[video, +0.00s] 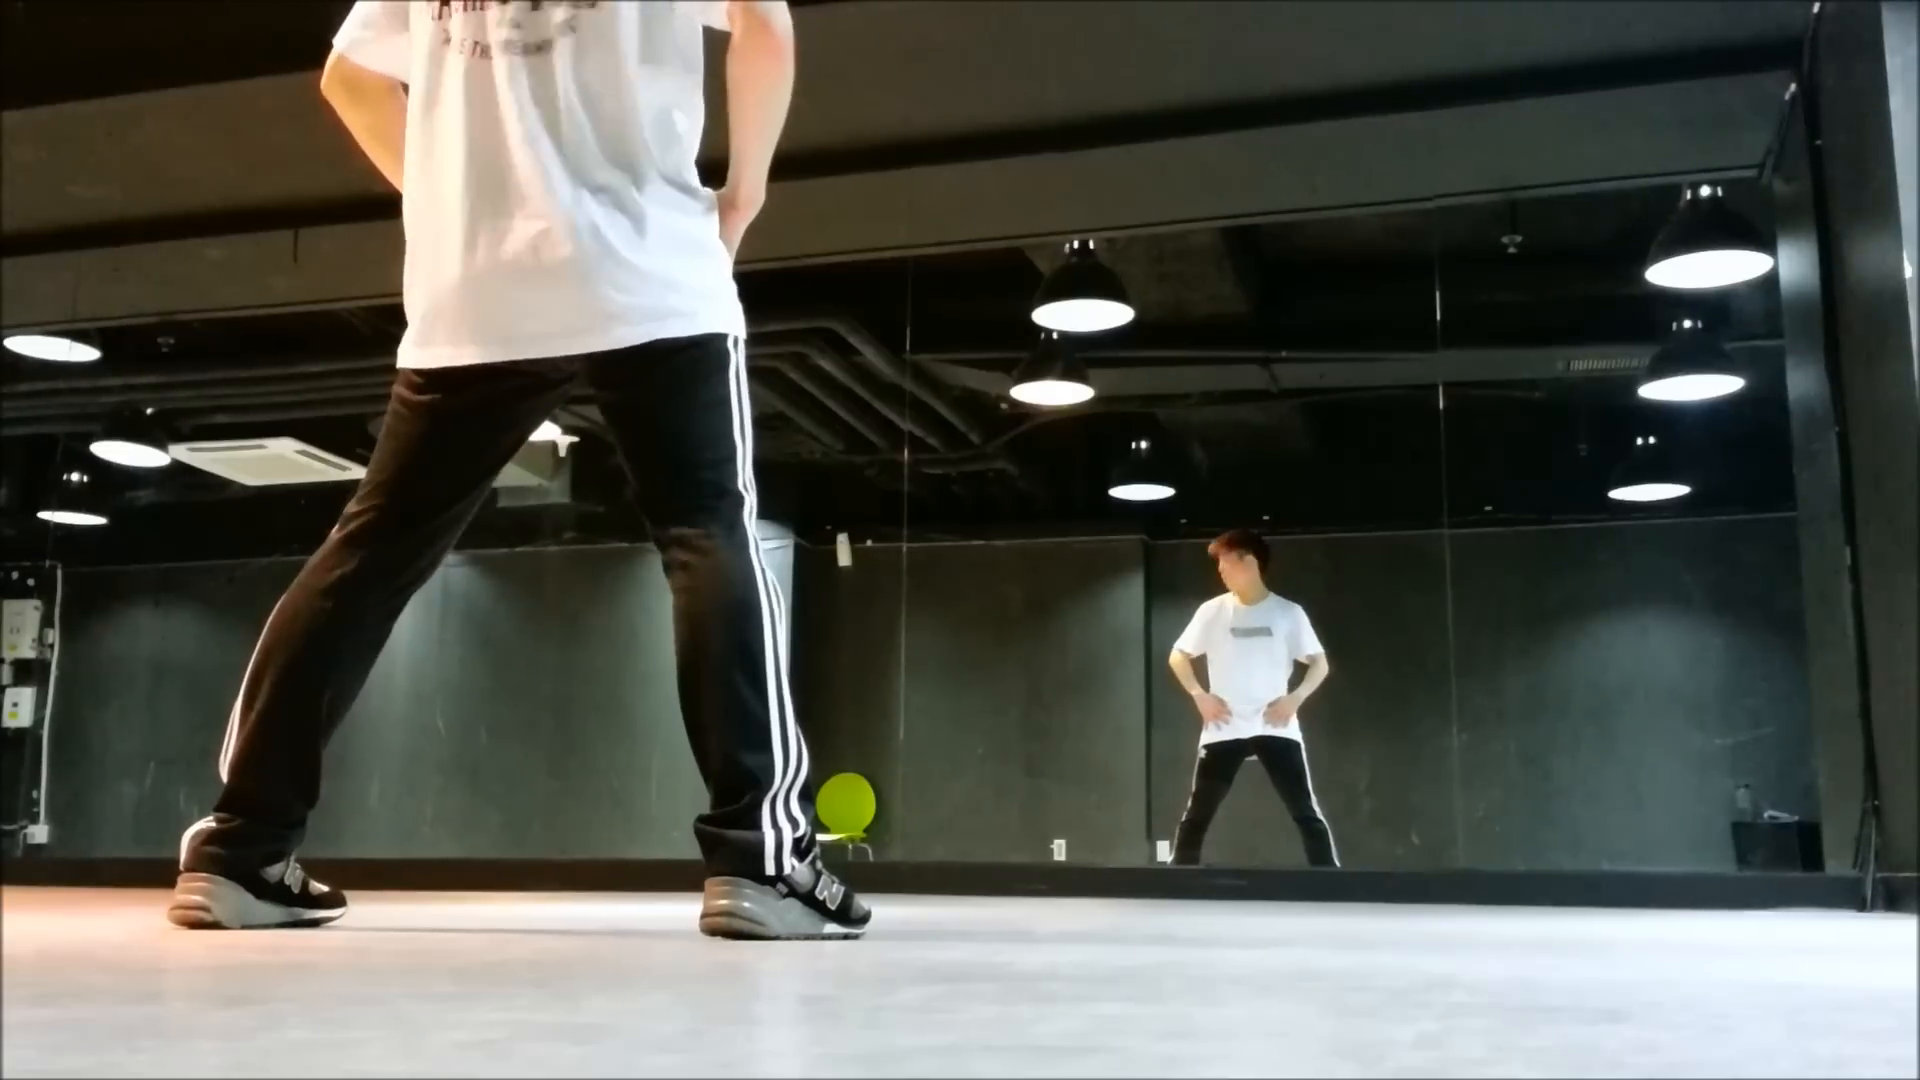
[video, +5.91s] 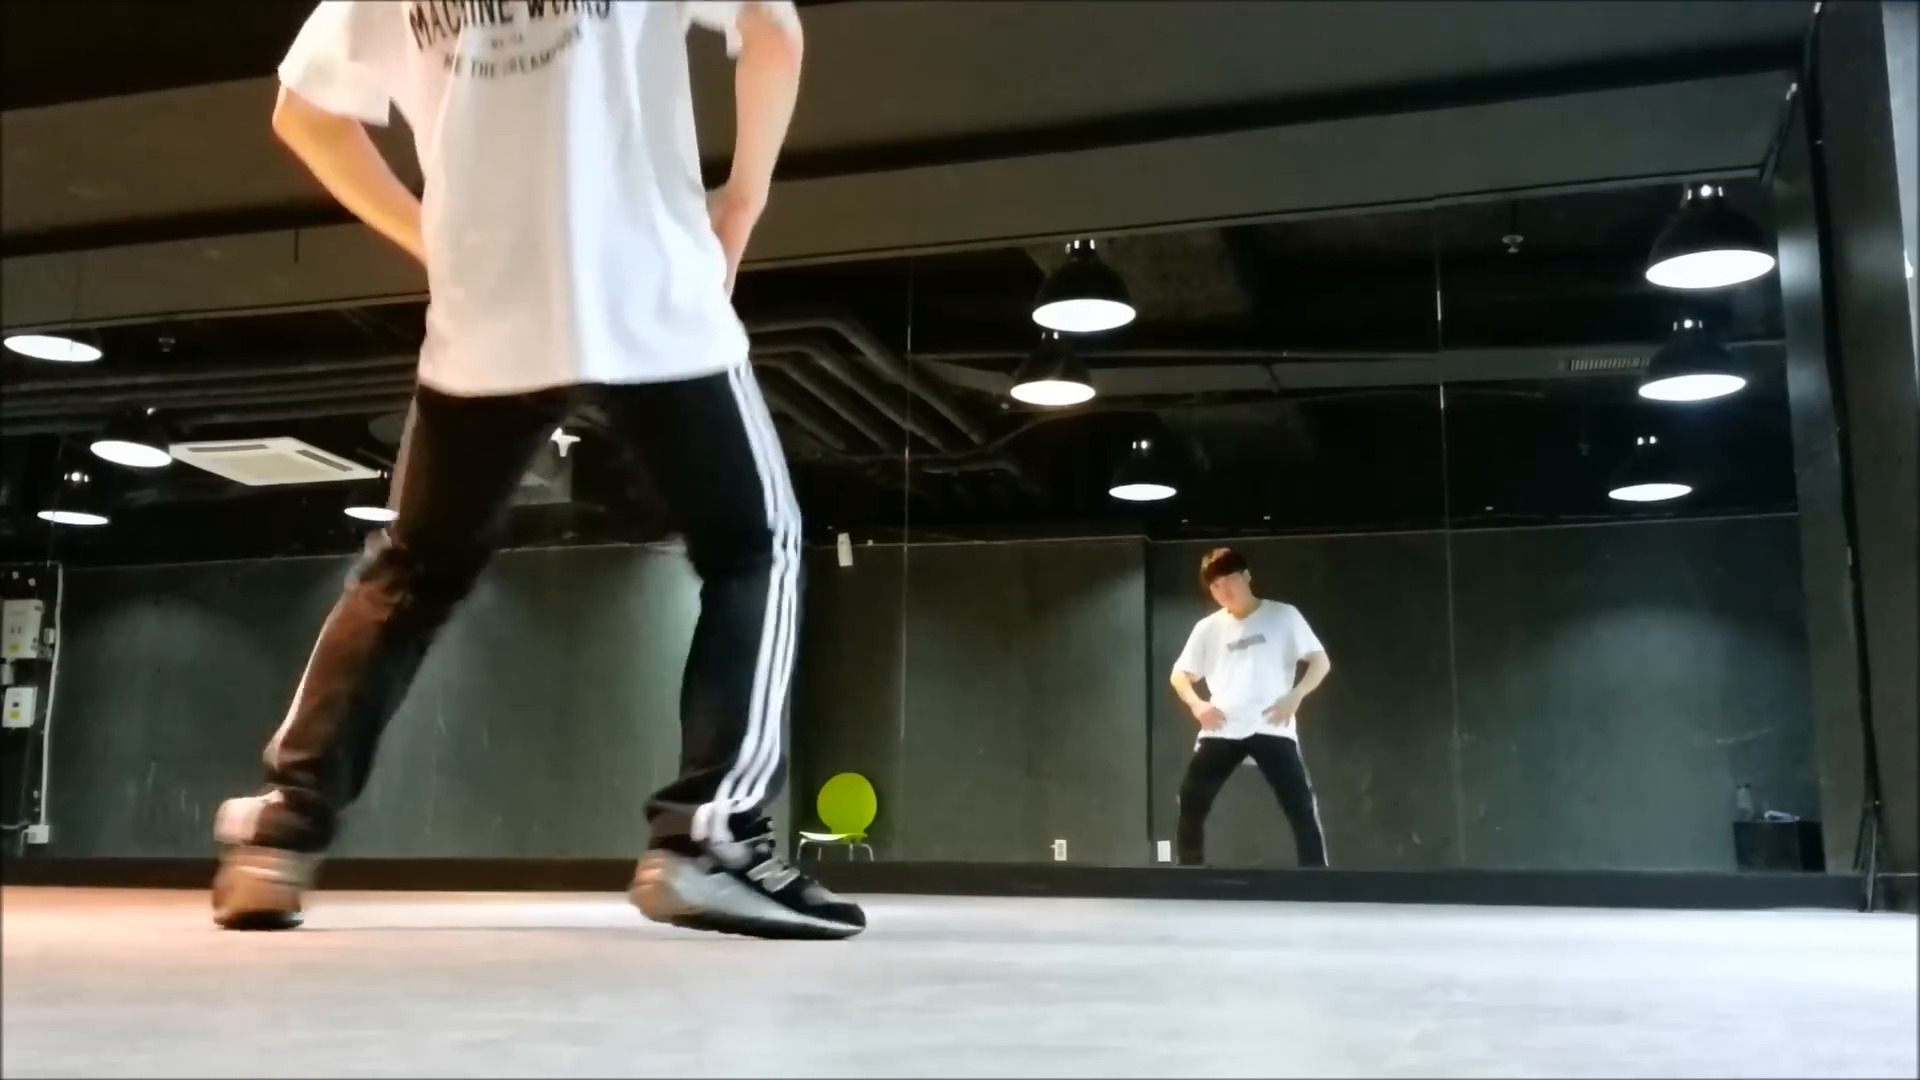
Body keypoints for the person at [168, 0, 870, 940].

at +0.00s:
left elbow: (353, 75)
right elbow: (762, 24)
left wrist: (461, 200)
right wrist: (746, 183)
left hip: (474, 261)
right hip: (650, 260)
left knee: (371, 551)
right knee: (710, 541)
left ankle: (238, 845)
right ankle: (762, 856)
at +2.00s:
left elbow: (376, 81)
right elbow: (771, 48)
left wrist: (476, 207)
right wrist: (767, 204)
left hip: (495, 275)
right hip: (663, 274)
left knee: (380, 555)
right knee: (726, 545)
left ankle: (240, 844)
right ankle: (758, 851)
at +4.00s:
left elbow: (350, 69)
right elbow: (754, 22)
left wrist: (458, 198)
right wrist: (758, 190)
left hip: (482, 254)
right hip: (655, 251)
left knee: (370, 551)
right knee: (710, 539)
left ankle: (238, 848)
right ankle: (760, 856)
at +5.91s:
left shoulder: (387, 0)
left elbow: (306, 109)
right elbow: (773, 34)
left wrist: (429, 238)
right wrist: (744, 191)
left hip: (485, 288)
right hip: (649, 279)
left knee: (411, 566)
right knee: (756, 550)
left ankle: (279, 833)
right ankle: (714, 841)